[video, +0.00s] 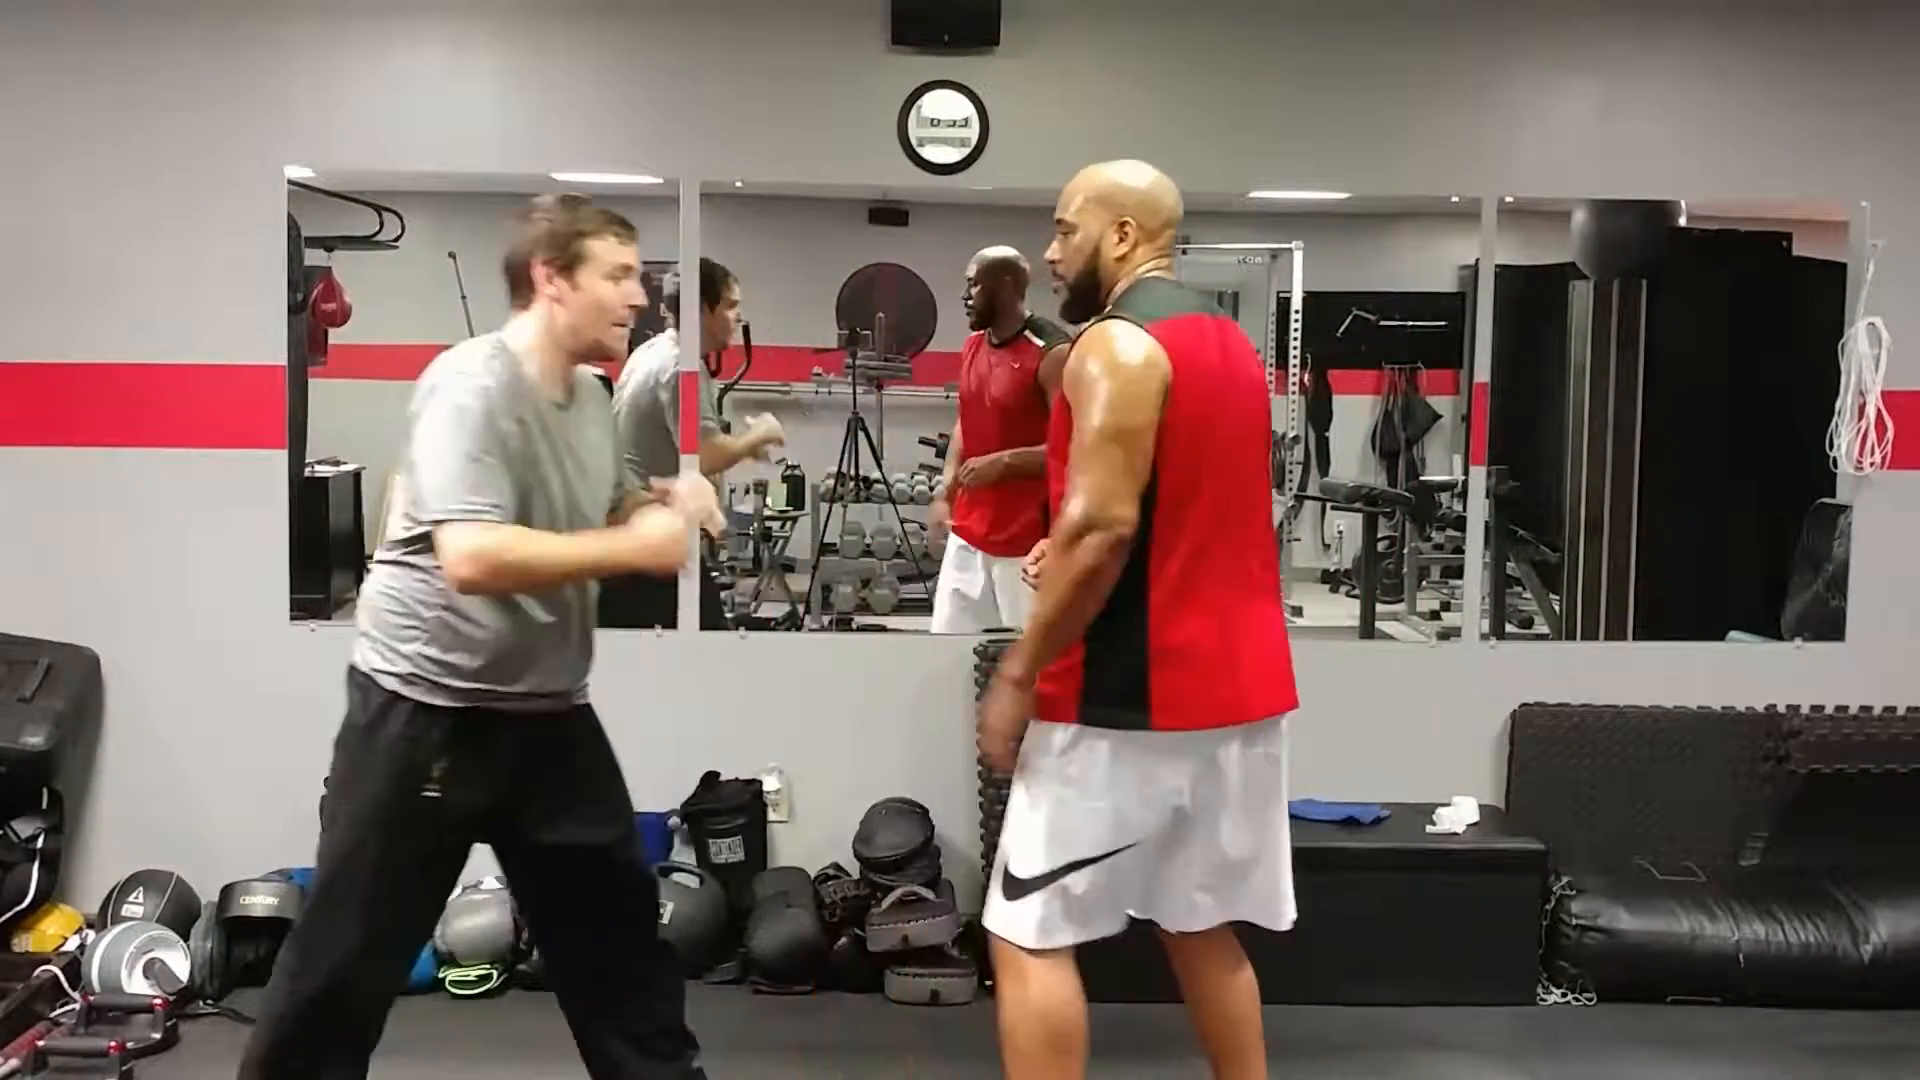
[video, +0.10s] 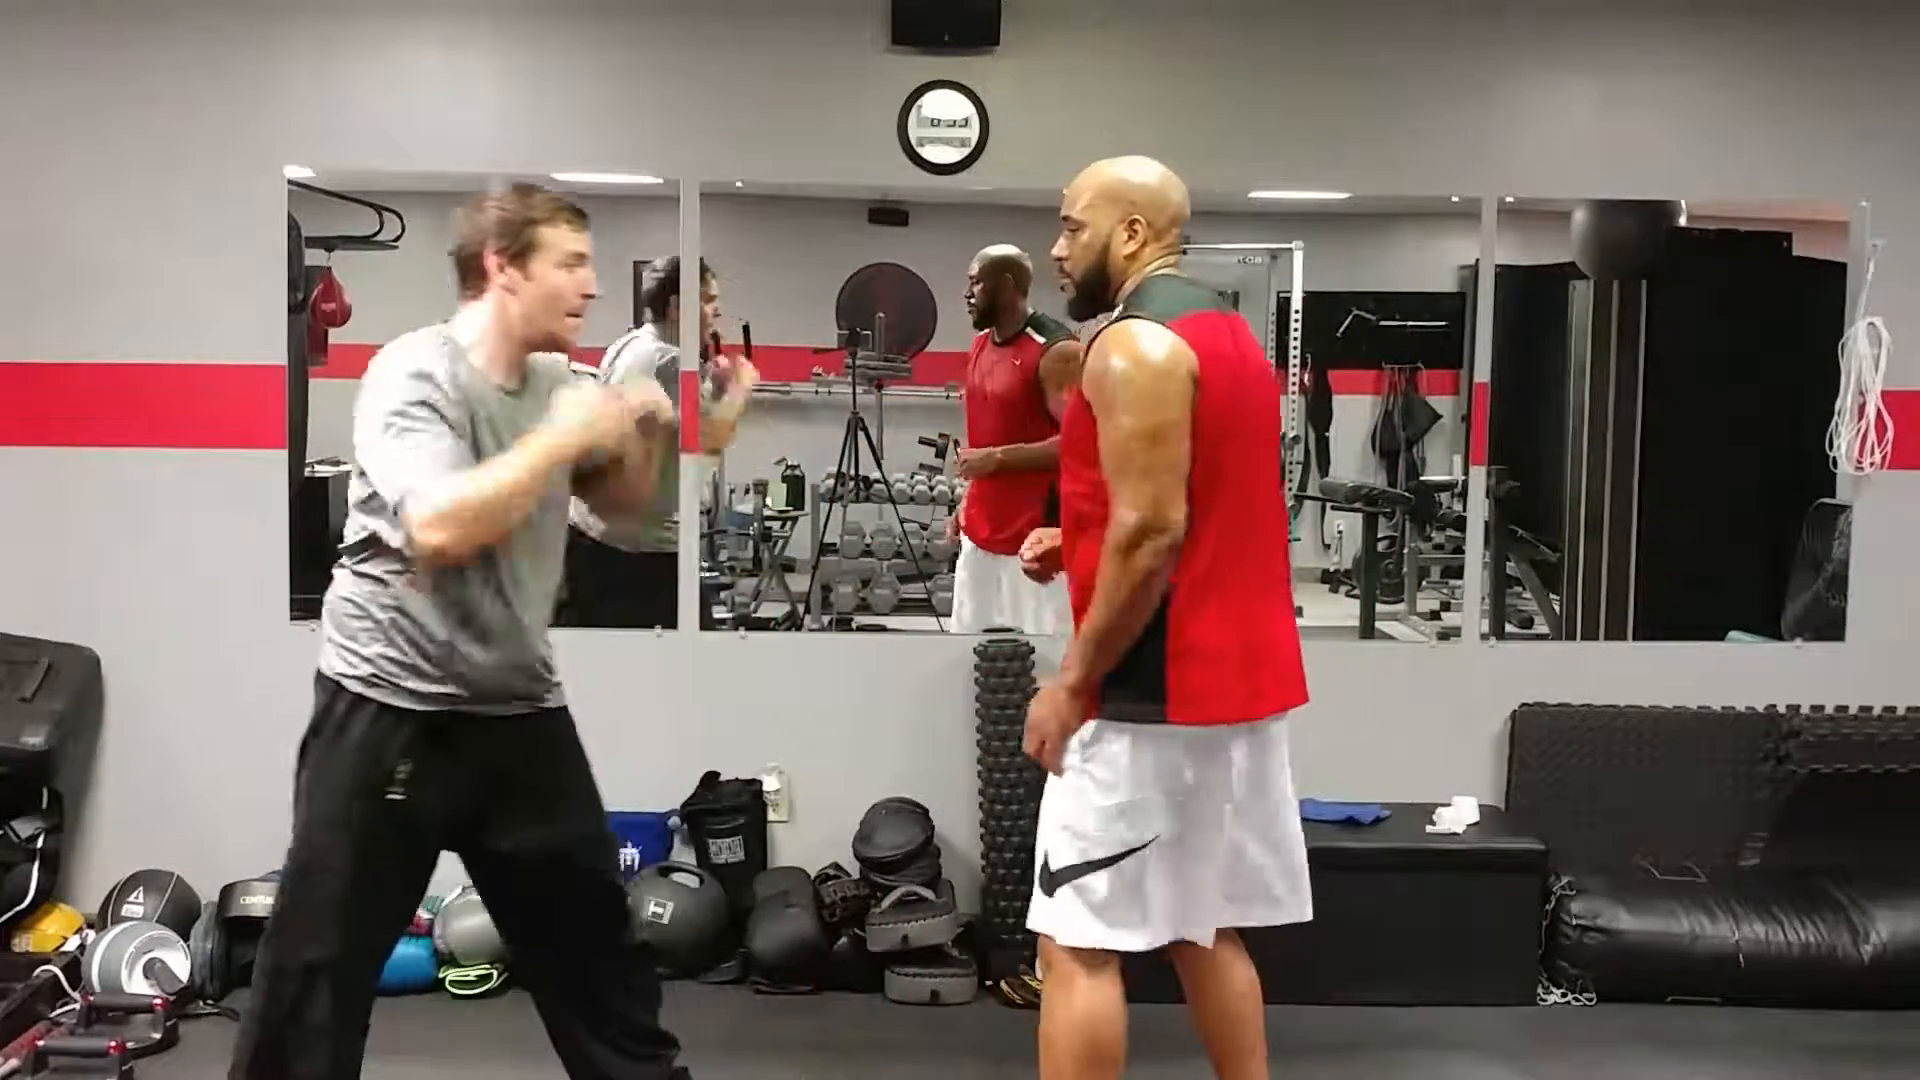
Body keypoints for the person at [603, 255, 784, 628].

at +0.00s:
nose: (738, 317)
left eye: (737, 306)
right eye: (731, 306)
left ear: (705, 309)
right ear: (704, 309)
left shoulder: (651, 354)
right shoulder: (681, 365)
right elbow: (705, 456)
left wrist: (742, 449)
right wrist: (754, 437)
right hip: (667, 539)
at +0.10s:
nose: (717, 311)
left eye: (716, 301)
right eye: (708, 300)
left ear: (671, 307)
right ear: (675, 307)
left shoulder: (625, 348)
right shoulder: (666, 361)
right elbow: (711, 437)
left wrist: (716, 386)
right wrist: (739, 390)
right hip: (647, 551)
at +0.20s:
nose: (705, 304)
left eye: (704, 292)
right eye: (696, 293)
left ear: (655, 300)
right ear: (668, 300)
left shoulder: (617, 343)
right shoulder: (665, 352)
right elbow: (735, 405)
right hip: (643, 541)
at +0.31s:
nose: (700, 313)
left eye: (701, 301)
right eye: (692, 302)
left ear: (658, 304)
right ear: (664, 304)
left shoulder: (617, 341)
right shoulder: (669, 350)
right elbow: (748, 398)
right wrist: (730, 335)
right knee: (718, 636)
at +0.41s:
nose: (718, 324)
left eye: (716, 314)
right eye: (708, 313)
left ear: (666, 324)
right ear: (675, 323)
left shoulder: (624, 370)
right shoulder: (687, 374)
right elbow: (767, 416)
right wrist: (740, 347)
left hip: (613, 551)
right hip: (678, 557)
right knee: (750, 646)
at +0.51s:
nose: (755, 323)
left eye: (752, 313)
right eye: (745, 314)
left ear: (715, 325)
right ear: (714, 324)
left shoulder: (734, 377)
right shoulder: (693, 382)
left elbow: (785, 441)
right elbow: (782, 439)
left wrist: (768, 372)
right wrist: (770, 372)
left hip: (740, 559)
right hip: (713, 563)